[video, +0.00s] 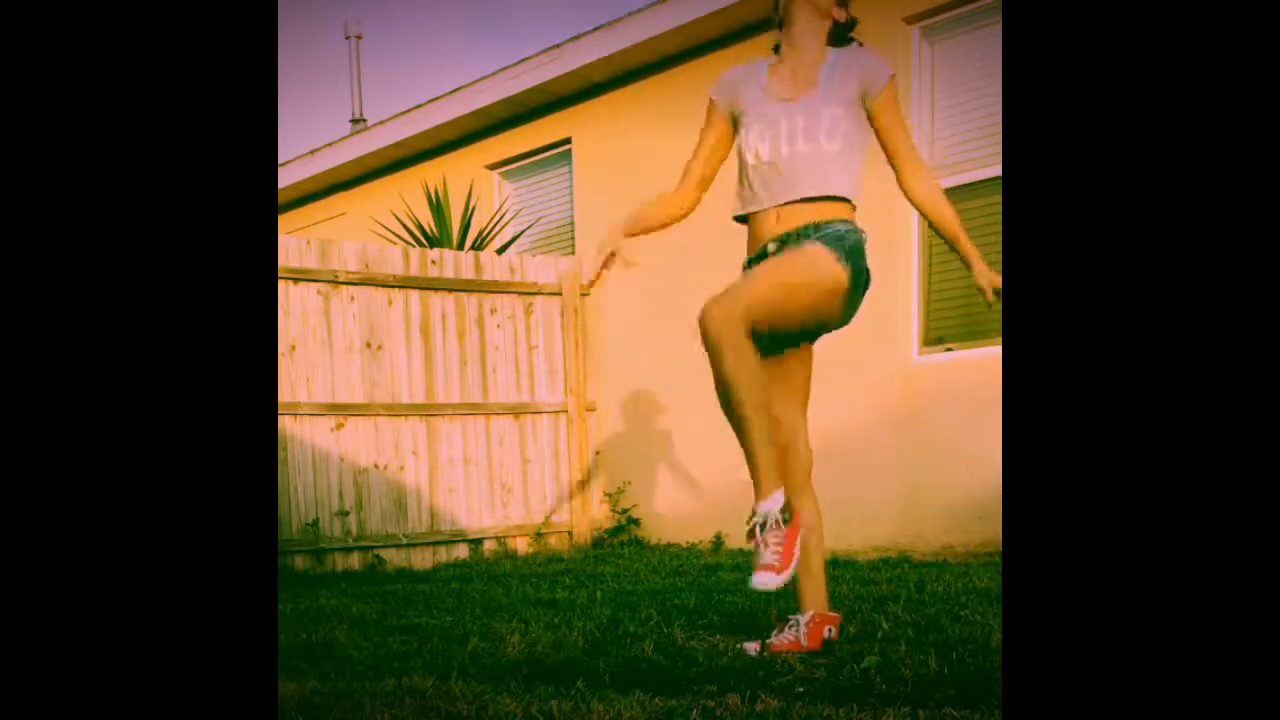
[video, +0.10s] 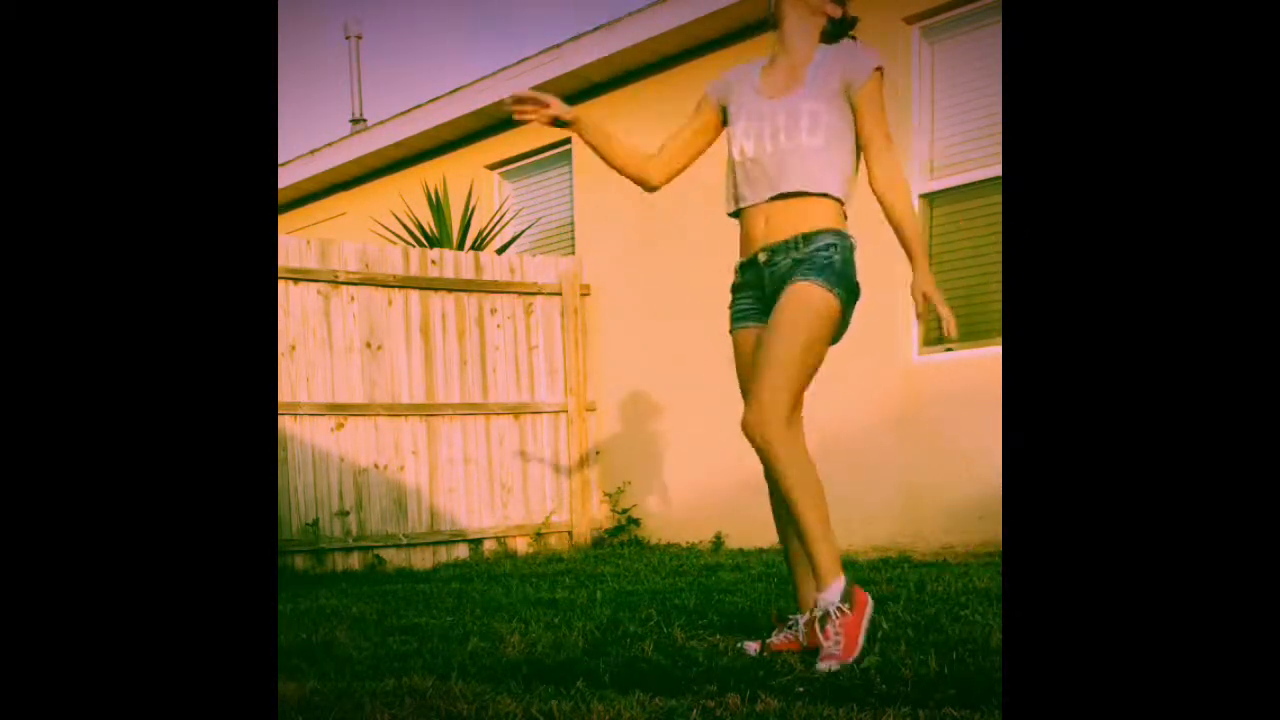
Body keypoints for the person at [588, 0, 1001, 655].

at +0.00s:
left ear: (840, 10)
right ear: (786, 1)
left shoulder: (862, 68)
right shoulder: (738, 83)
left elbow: (914, 176)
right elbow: (688, 192)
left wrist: (976, 262)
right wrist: (622, 228)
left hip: (831, 249)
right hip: (763, 263)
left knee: (721, 315)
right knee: (791, 455)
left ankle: (769, 498)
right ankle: (815, 616)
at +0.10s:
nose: (822, 1)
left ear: (829, 7)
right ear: (784, 0)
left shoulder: (850, 66)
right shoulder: (733, 84)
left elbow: (884, 172)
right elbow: (654, 169)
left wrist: (921, 268)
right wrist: (572, 118)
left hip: (818, 257)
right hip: (753, 271)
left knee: (767, 420)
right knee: (772, 436)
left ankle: (837, 597)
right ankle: (808, 611)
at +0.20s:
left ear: (816, 4)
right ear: (776, 3)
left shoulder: (834, 52)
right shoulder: (726, 78)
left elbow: (854, 156)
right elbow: (621, 122)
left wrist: (854, 237)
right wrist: (594, 24)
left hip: (803, 263)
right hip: (740, 275)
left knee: (796, 446)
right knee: (770, 458)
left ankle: (855, 617)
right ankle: (811, 617)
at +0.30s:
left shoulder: (815, 45)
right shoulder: (709, 63)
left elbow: (844, 157)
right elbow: (598, 71)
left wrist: (822, 181)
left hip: (794, 259)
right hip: (733, 274)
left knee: (773, 435)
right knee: (766, 447)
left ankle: (846, 608)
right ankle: (810, 615)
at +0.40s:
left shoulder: (796, 43)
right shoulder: (690, 53)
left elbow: (847, 154)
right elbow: (582, 35)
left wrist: (815, 145)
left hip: (788, 258)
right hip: (727, 273)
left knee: (733, 426)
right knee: (774, 439)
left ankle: (814, 595)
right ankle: (808, 604)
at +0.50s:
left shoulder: (777, 42)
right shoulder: (669, 48)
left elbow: (851, 145)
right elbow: (564, 12)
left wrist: (832, 142)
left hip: (780, 261)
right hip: (722, 278)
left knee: (710, 422)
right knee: (773, 455)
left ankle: (764, 597)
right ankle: (812, 613)